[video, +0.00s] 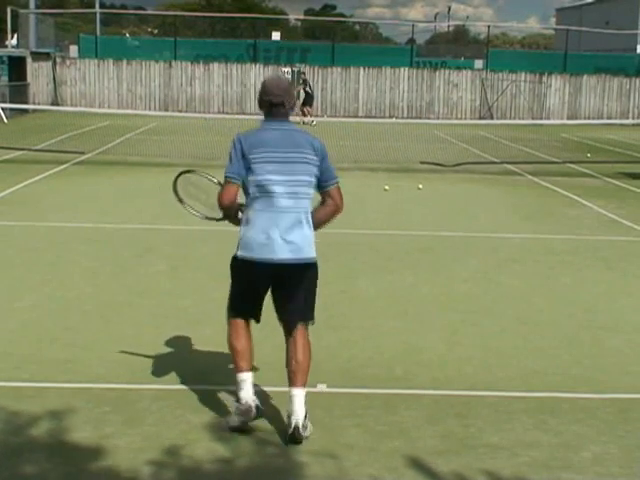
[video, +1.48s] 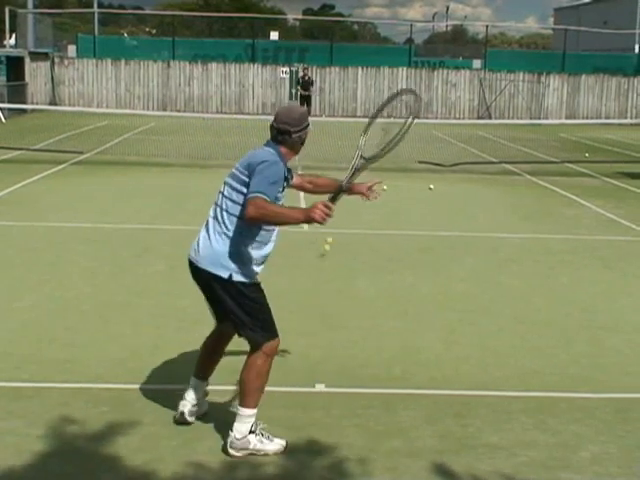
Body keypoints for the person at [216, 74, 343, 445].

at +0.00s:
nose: (277, 107)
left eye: (267, 101)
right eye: (288, 101)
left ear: (261, 105)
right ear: (293, 106)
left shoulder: (245, 142)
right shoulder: (313, 144)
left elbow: (227, 199)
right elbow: (334, 203)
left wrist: (234, 214)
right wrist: (304, 226)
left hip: (254, 254)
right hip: (299, 255)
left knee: (240, 316)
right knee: (297, 326)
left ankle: (246, 399)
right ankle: (298, 415)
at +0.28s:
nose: (282, 100)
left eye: (264, 94)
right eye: (285, 95)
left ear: (256, 98)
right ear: (287, 99)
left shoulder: (235, 134)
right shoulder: (306, 138)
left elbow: (208, 189)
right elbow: (325, 200)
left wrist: (236, 206)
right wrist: (296, 225)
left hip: (241, 242)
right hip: (287, 245)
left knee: (234, 320)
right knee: (295, 323)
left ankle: (225, 410)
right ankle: (304, 414)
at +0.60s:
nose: (290, 99)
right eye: (292, 95)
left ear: (261, 97)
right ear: (292, 99)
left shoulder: (236, 134)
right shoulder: (305, 138)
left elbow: (209, 187)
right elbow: (315, 203)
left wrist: (241, 205)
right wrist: (298, 232)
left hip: (237, 245)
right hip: (283, 247)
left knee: (229, 323)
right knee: (302, 324)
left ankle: (211, 412)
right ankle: (312, 414)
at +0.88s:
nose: (311, 130)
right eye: (311, 126)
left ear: (278, 126)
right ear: (309, 130)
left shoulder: (253, 160)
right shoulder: (308, 171)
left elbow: (255, 214)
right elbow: (309, 236)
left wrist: (305, 225)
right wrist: (321, 263)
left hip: (238, 267)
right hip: (279, 273)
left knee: (240, 337)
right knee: (316, 342)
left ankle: (202, 408)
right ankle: (315, 434)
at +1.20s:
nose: (305, 127)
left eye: (304, 122)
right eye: (305, 122)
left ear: (270, 121)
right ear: (298, 126)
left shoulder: (253, 149)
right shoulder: (277, 161)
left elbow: (298, 183)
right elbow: (272, 220)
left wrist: (345, 184)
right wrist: (325, 236)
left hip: (211, 257)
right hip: (240, 264)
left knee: (229, 330)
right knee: (279, 338)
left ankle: (199, 414)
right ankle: (275, 428)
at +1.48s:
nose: (307, 138)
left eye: (305, 133)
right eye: (306, 133)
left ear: (273, 132)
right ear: (301, 137)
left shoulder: (261, 157)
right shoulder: (272, 165)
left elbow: (304, 183)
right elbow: (254, 209)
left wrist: (348, 186)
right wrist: (304, 214)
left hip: (206, 259)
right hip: (230, 269)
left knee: (227, 326)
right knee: (266, 343)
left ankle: (193, 400)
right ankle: (243, 432)